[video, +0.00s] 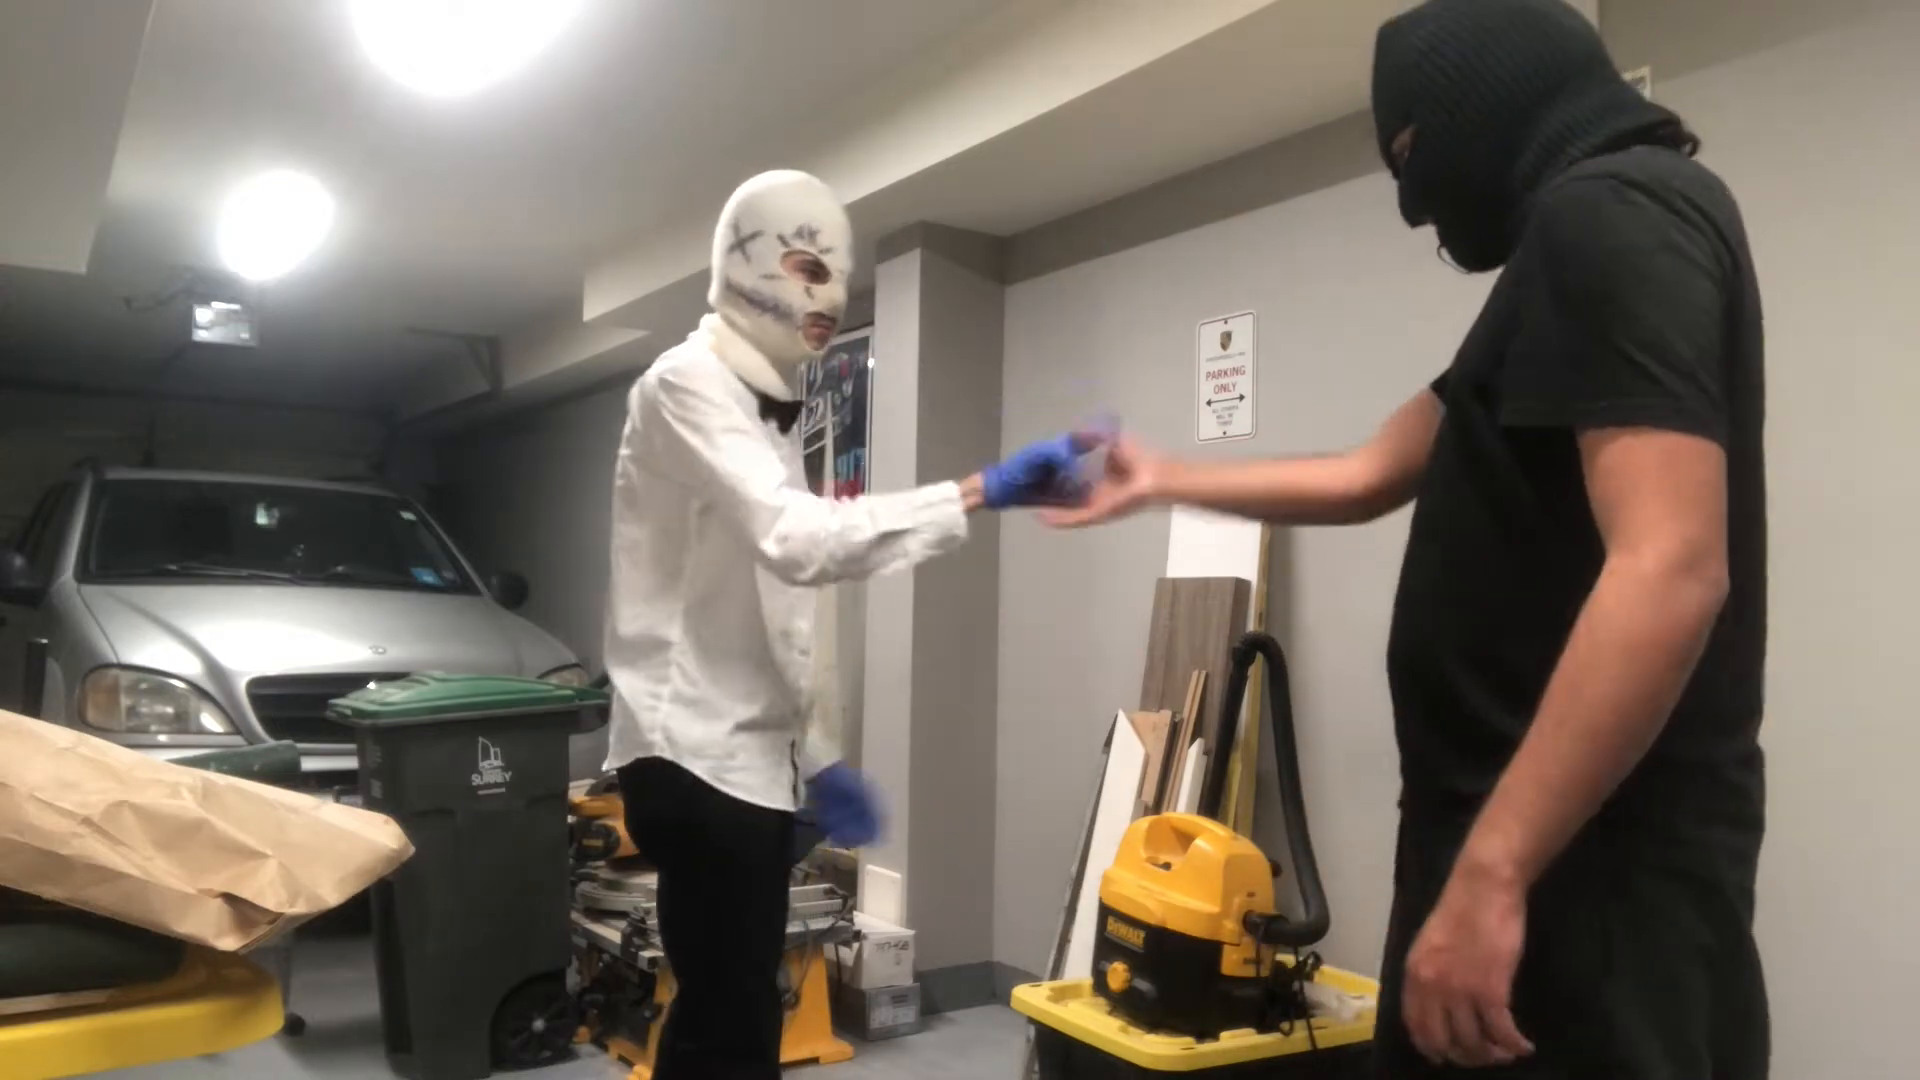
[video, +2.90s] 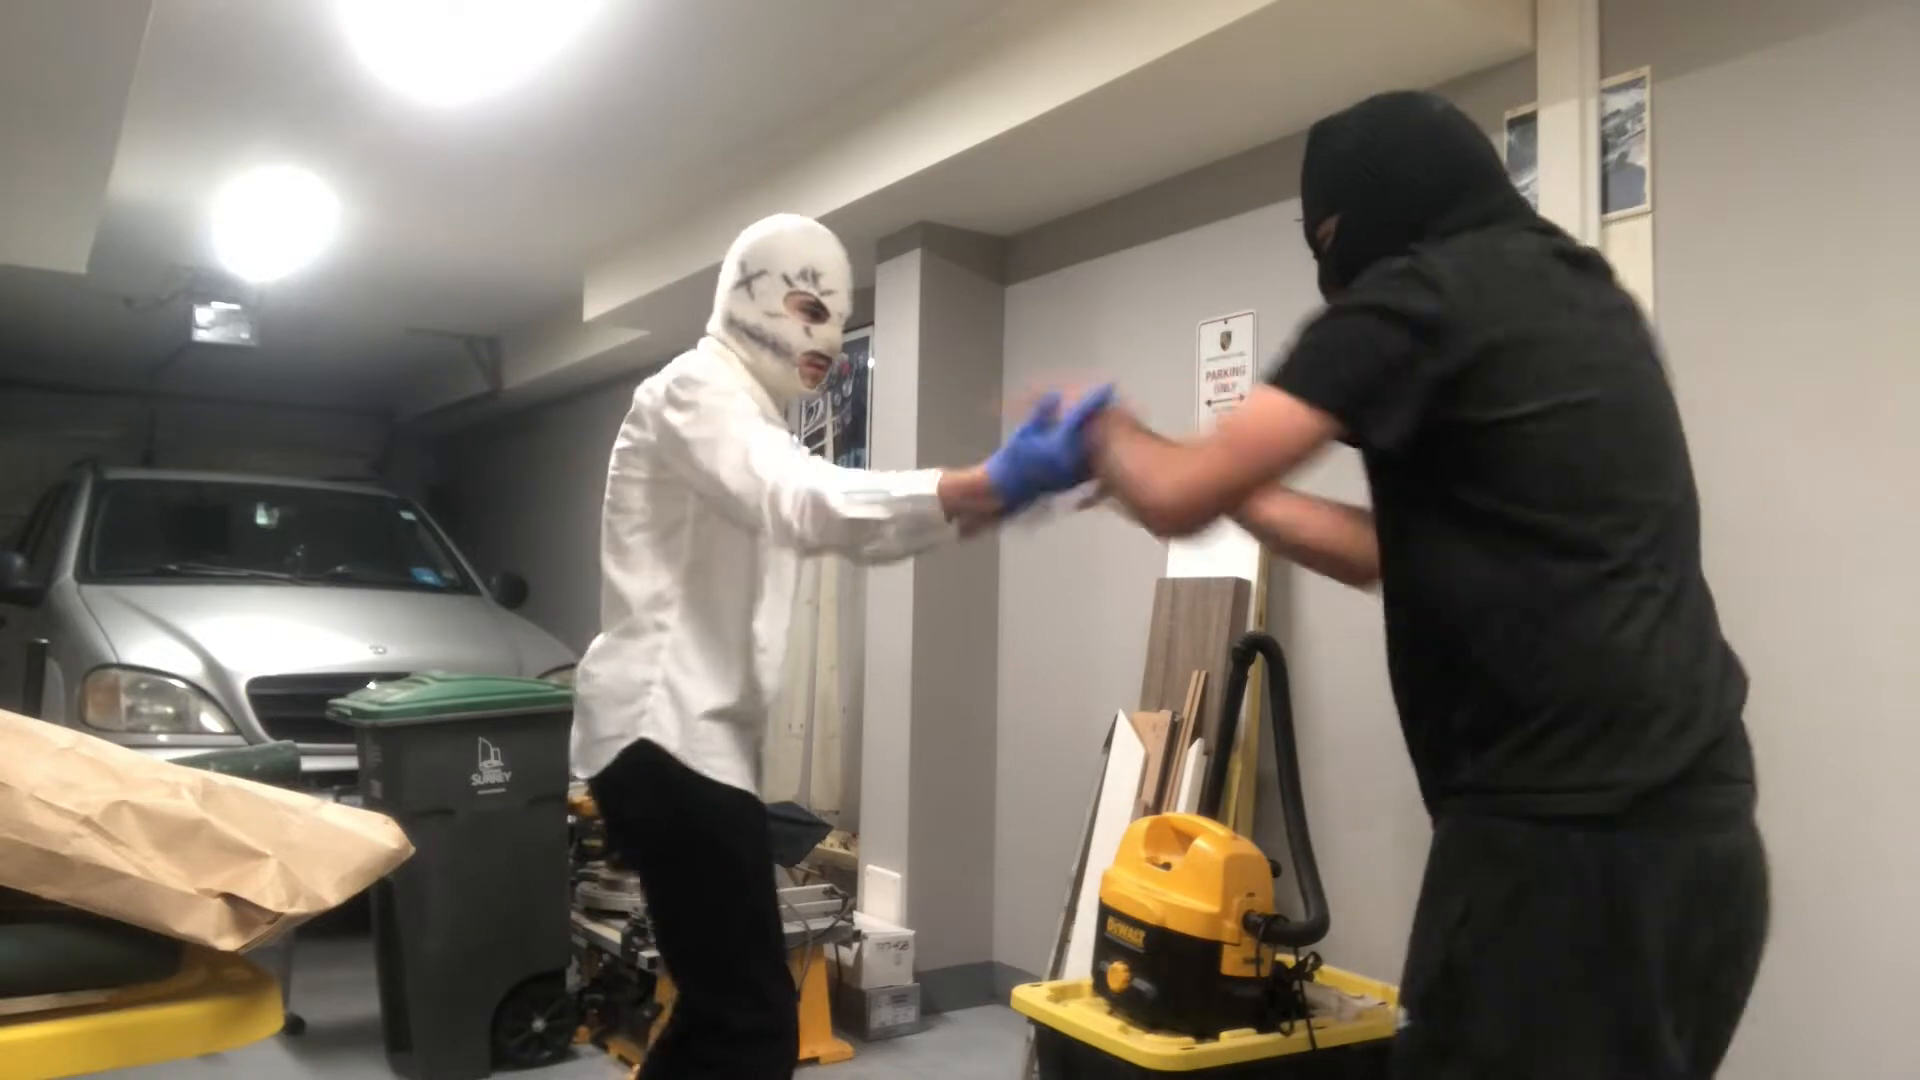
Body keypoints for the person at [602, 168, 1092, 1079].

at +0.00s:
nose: (829, 303)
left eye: (838, 281)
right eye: (808, 271)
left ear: (834, 288)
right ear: (746, 266)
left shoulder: (755, 406)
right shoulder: (689, 384)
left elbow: (747, 628)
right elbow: (796, 538)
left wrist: (806, 761)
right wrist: (981, 491)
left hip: (745, 756)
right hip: (696, 755)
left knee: (731, 1018)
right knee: (729, 1025)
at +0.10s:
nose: (819, 299)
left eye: (824, 277)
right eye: (797, 269)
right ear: (735, 266)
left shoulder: (744, 407)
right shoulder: (679, 378)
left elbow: (785, 624)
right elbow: (803, 509)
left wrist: (894, 707)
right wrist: (991, 453)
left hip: (742, 752)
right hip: (691, 752)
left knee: (717, 1022)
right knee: (736, 1025)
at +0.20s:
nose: (810, 292)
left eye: (816, 272)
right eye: (787, 265)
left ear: (816, 277)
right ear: (726, 267)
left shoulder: (749, 410)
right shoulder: (677, 375)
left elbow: (818, 589)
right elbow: (817, 494)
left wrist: (956, 603)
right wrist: (997, 432)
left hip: (737, 740)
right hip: (685, 737)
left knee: (720, 1013)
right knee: (734, 1016)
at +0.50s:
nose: (821, 285)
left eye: (829, 266)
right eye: (797, 260)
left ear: (831, 277)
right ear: (732, 266)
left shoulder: (816, 423)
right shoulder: (669, 379)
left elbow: (894, 511)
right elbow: (763, 501)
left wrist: (1025, 484)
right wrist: (964, 456)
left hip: (776, 758)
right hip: (688, 752)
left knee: (745, 1021)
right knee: (722, 1026)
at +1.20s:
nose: (827, 317)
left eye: (837, 297)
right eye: (805, 289)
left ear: (844, 304)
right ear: (746, 286)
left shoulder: (817, 429)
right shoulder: (681, 393)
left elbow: (880, 507)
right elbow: (731, 545)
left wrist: (958, 521)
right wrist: (886, 543)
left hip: (794, 745)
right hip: (705, 740)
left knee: (764, 1022)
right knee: (740, 1023)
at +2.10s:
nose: (750, 313)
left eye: (759, 295)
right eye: (723, 291)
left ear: (767, 304)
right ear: (665, 299)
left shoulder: (753, 419)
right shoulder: (608, 393)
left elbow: (839, 517)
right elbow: (714, 463)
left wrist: (956, 488)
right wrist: (899, 426)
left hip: (699, 740)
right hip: (599, 737)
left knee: (680, 1005)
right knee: (615, 1005)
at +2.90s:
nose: (829, 342)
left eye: (838, 321)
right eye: (812, 311)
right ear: (756, 296)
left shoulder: (740, 408)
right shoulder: (696, 388)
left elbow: (848, 529)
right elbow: (802, 504)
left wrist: (1003, 489)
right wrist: (982, 484)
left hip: (702, 735)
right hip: (661, 735)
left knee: (729, 1011)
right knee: (747, 1019)